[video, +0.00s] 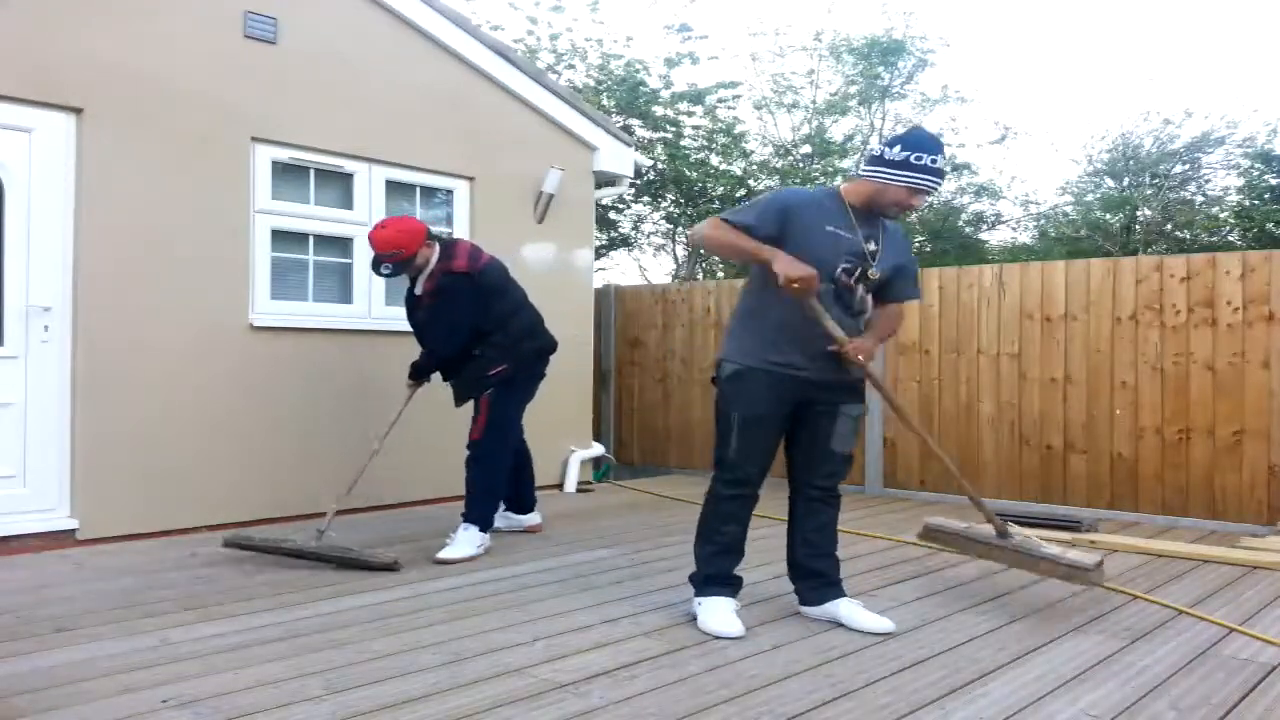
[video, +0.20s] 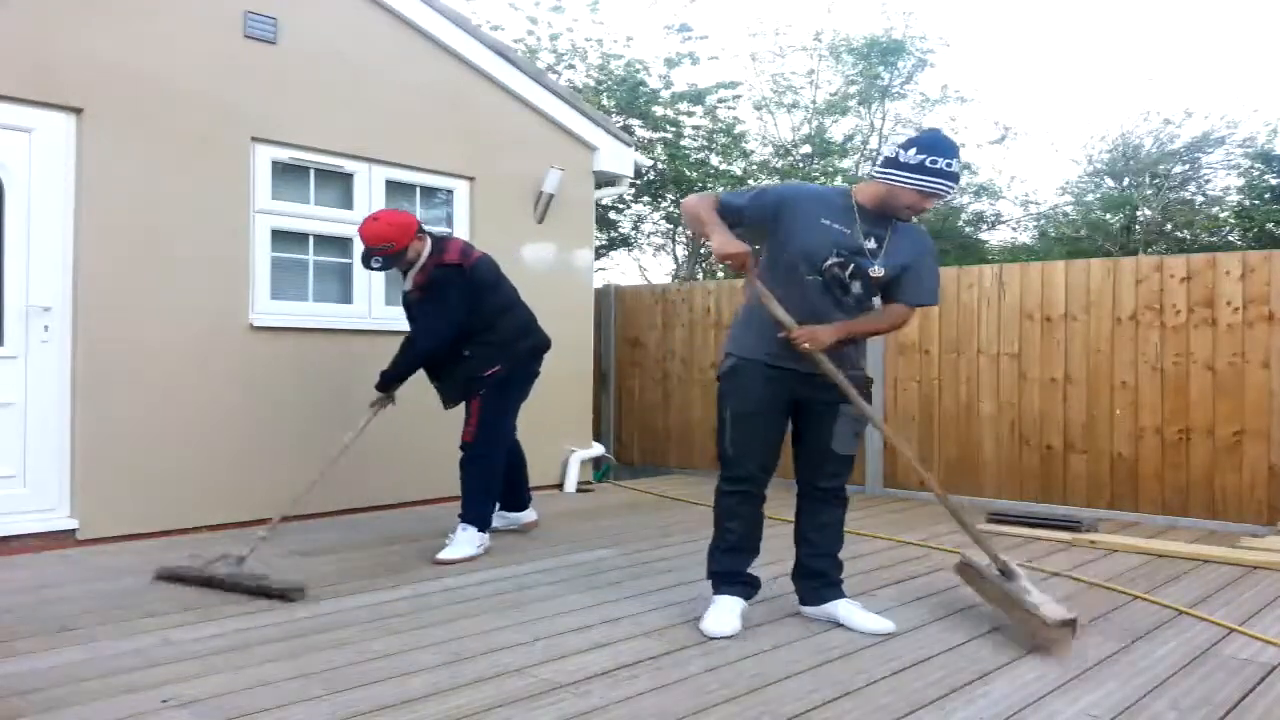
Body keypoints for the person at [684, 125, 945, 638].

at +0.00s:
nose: (917, 204)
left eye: (923, 195)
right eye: (915, 191)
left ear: (900, 184)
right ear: (887, 175)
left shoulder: (892, 241)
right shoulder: (794, 206)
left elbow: (890, 310)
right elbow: (708, 232)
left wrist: (872, 340)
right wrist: (774, 256)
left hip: (833, 381)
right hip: (759, 369)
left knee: (820, 490)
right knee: (737, 482)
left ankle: (820, 594)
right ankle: (714, 592)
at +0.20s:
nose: (927, 206)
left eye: (935, 198)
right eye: (924, 193)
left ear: (930, 194)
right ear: (895, 176)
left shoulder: (912, 242)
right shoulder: (797, 201)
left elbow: (899, 313)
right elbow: (697, 204)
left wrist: (836, 331)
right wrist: (719, 231)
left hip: (837, 378)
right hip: (759, 362)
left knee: (826, 487)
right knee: (743, 480)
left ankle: (821, 593)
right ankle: (730, 590)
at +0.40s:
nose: (924, 212)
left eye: (931, 203)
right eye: (920, 200)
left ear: (929, 199)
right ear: (890, 182)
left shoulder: (914, 246)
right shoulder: (793, 206)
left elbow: (910, 318)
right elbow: (703, 236)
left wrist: (859, 367)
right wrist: (737, 282)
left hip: (838, 378)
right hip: (760, 365)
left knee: (828, 487)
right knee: (744, 478)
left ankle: (822, 594)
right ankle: (746, 581)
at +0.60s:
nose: (874, 198)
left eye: (882, 188)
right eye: (865, 186)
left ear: (887, 183)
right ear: (835, 173)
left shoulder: (888, 236)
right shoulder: (768, 213)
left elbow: (912, 309)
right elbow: (702, 270)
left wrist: (887, 377)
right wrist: (759, 315)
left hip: (838, 386)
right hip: (758, 378)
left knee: (831, 489)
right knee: (755, 484)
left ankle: (822, 593)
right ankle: (762, 583)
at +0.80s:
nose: (794, 185)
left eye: (807, 177)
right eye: (787, 174)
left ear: (835, 175)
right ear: (777, 167)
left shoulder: (869, 226)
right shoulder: (742, 216)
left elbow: (908, 292)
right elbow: (681, 266)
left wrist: (858, 349)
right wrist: (716, 286)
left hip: (830, 380)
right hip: (753, 377)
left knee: (828, 488)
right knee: (755, 484)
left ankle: (822, 593)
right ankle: (762, 584)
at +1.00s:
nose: (752, 181)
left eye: (763, 171)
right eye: (747, 171)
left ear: (796, 169)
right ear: (742, 170)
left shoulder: (844, 219)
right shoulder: (728, 218)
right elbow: (673, 258)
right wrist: (659, 262)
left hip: (821, 375)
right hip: (744, 372)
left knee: (830, 485)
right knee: (750, 482)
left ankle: (832, 591)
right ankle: (762, 584)